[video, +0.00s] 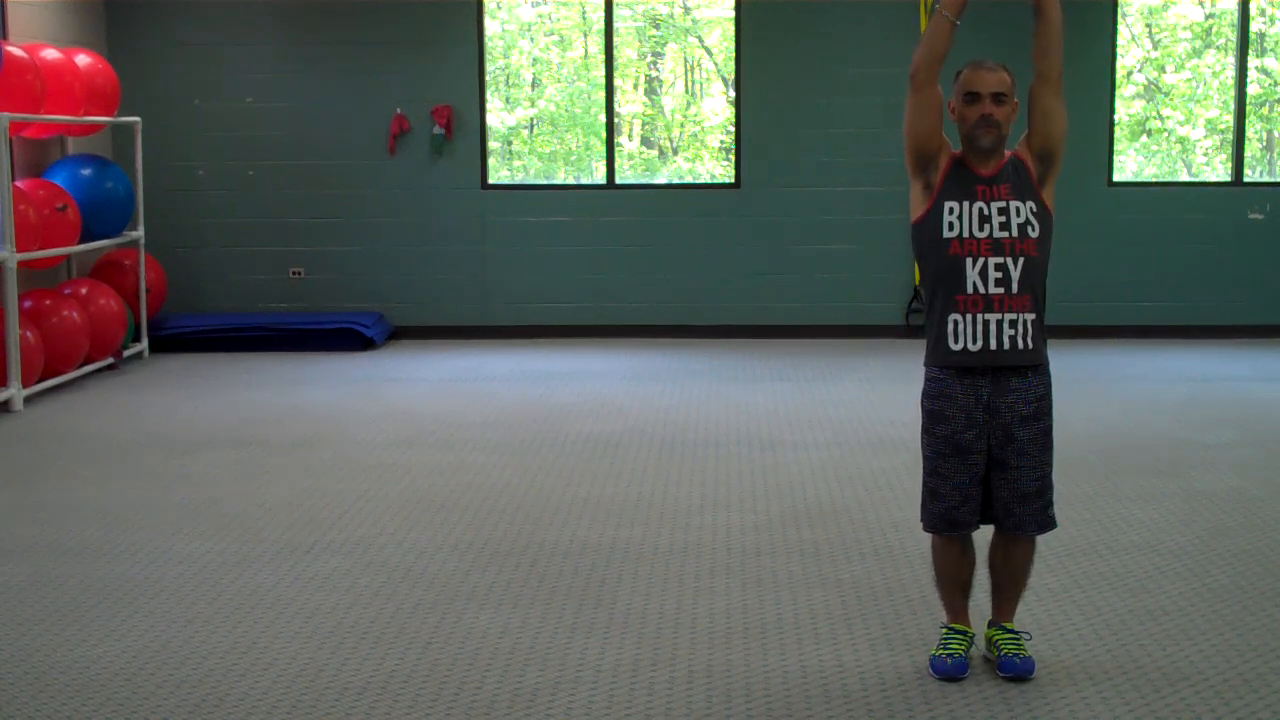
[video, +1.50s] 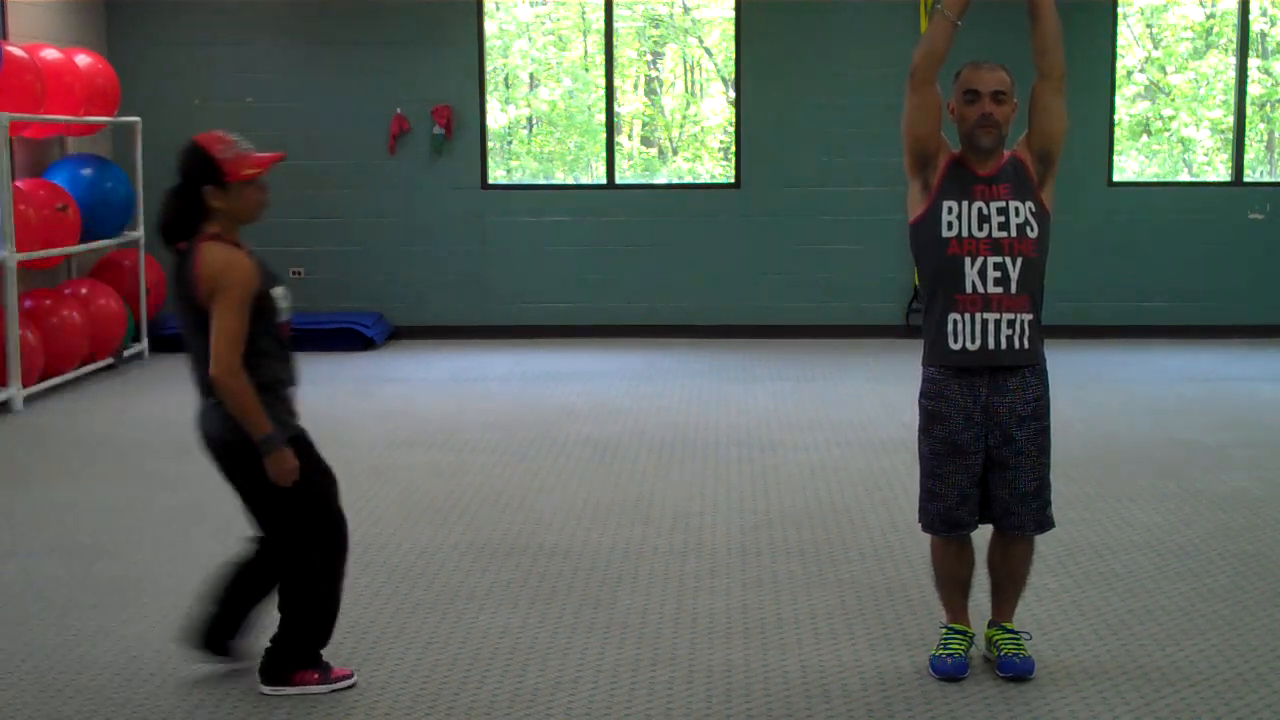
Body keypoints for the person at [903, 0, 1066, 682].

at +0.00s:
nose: (986, 109)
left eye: (998, 99)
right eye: (973, 98)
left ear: (1015, 109)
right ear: (953, 108)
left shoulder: (1036, 171)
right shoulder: (931, 173)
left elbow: (1050, 75)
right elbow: (922, 76)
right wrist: (951, 6)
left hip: (1023, 381)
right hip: (952, 382)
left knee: (1019, 517)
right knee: (950, 518)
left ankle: (1004, 628)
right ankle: (956, 629)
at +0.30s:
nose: (986, 108)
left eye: (998, 98)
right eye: (973, 98)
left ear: (1015, 109)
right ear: (952, 109)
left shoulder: (1035, 171)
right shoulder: (931, 174)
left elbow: (1050, 75)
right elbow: (921, 77)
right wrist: (948, 5)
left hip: (1023, 382)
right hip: (952, 382)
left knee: (1019, 518)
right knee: (950, 518)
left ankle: (1004, 628)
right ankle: (956, 628)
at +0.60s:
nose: (983, 108)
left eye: (995, 98)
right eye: (970, 97)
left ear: (1012, 109)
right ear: (949, 109)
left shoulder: (1032, 172)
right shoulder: (928, 174)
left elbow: (1047, 76)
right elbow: (917, 78)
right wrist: (944, 6)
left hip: (1020, 380)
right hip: (950, 381)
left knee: (1018, 518)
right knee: (949, 519)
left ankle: (1004, 627)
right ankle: (954, 628)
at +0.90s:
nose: (983, 108)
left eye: (995, 98)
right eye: (970, 98)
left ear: (1012, 109)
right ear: (949, 109)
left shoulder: (1031, 172)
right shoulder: (927, 173)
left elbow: (1048, 76)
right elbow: (918, 77)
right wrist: (945, 6)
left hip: (1017, 382)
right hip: (947, 383)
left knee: (1016, 519)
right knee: (947, 520)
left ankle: (1004, 627)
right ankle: (954, 628)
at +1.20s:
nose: (983, 110)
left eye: (995, 100)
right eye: (970, 100)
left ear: (1012, 110)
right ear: (949, 109)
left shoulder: (1032, 172)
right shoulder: (927, 173)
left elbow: (1049, 74)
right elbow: (920, 75)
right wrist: (951, 5)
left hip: (1018, 383)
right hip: (948, 384)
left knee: (1018, 519)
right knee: (947, 520)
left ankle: (1004, 628)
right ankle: (955, 628)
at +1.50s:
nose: (985, 107)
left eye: (997, 97)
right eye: (972, 97)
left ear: (1014, 108)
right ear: (952, 108)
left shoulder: (1034, 171)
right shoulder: (929, 172)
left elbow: (1052, 75)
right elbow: (922, 74)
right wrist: (953, 5)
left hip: (1019, 381)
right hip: (950, 382)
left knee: (1018, 517)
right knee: (949, 518)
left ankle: (1004, 628)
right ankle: (956, 628)